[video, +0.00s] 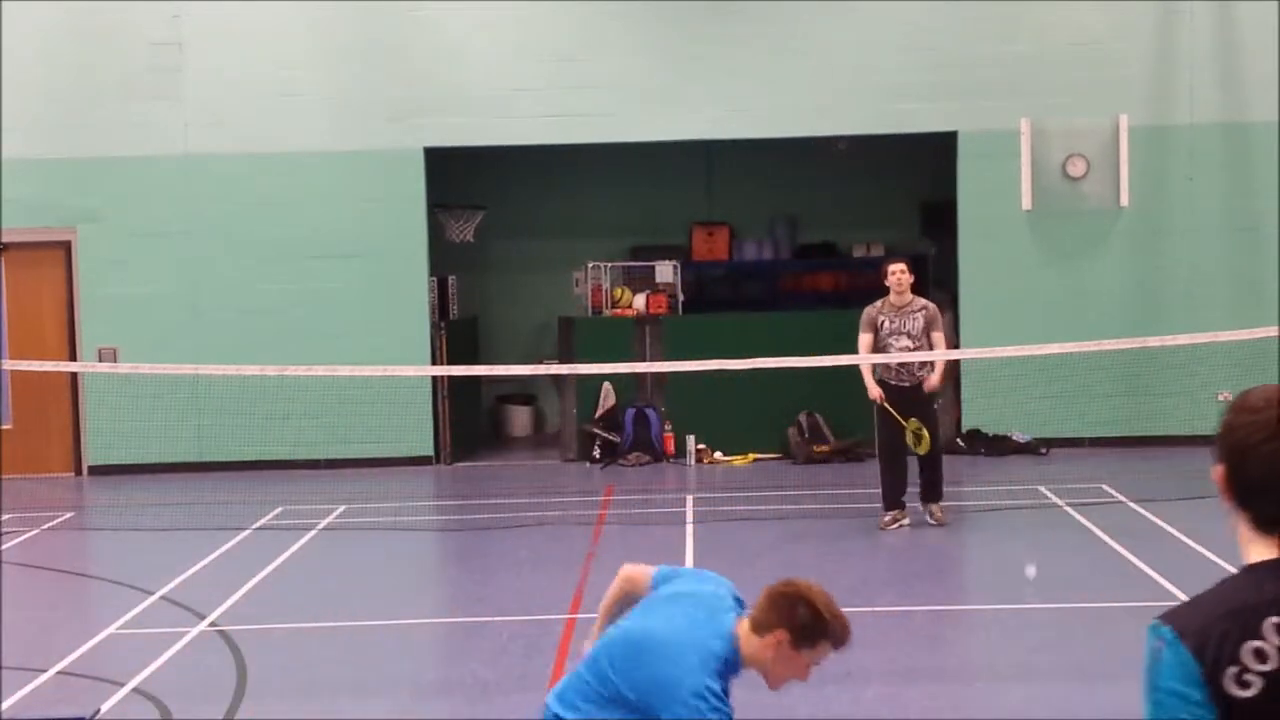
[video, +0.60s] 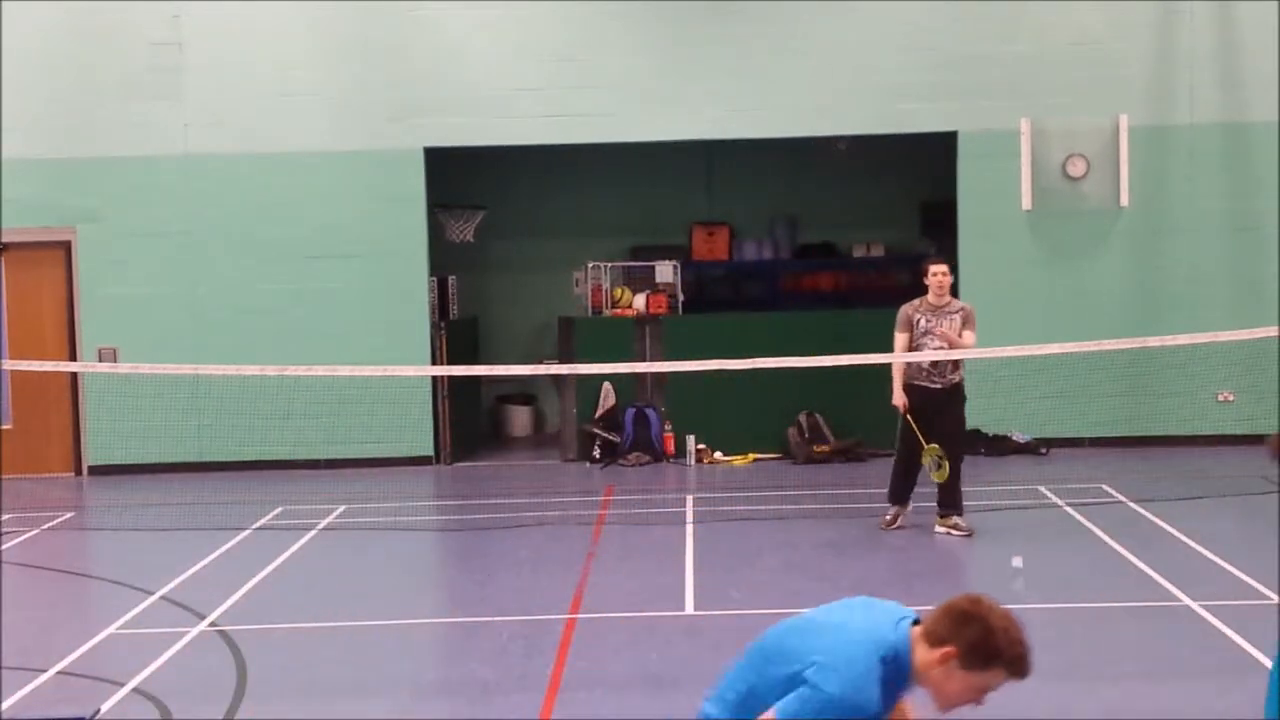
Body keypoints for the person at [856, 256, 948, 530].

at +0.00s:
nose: (898, 277)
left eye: (902, 273)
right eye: (893, 274)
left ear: (911, 278)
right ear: (886, 280)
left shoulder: (928, 309)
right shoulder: (873, 313)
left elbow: (939, 347)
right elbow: (864, 352)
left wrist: (937, 374)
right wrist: (870, 383)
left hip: (921, 387)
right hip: (888, 389)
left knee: (930, 447)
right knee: (889, 449)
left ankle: (932, 502)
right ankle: (894, 508)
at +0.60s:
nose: (940, 279)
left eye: (944, 274)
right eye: (935, 275)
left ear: (951, 279)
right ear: (925, 280)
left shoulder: (964, 311)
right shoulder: (909, 311)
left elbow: (969, 345)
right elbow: (899, 353)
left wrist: (952, 338)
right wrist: (897, 389)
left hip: (950, 390)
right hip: (916, 389)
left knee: (951, 451)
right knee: (908, 449)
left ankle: (948, 515)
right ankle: (898, 506)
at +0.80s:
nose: (950, 280)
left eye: (954, 274)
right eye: (944, 275)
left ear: (963, 278)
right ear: (937, 280)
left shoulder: (979, 312)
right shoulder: (923, 312)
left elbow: (985, 347)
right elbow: (912, 354)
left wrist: (958, 340)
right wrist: (907, 390)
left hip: (964, 390)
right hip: (931, 389)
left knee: (959, 454)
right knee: (935, 452)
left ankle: (950, 516)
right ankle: (923, 512)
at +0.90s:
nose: (953, 281)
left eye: (957, 275)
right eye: (947, 277)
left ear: (967, 278)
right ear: (941, 281)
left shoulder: (983, 312)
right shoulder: (928, 313)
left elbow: (991, 350)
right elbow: (917, 355)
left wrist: (973, 360)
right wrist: (913, 393)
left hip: (969, 389)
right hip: (937, 388)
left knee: (964, 453)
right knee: (944, 452)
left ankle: (957, 515)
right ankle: (943, 516)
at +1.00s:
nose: (956, 283)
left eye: (960, 277)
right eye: (951, 279)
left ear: (970, 279)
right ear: (944, 283)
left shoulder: (987, 314)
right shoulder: (931, 316)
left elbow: (995, 354)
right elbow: (922, 359)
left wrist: (985, 378)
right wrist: (920, 397)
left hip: (974, 390)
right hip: (943, 390)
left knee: (969, 454)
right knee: (951, 453)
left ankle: (946, 513)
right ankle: (964, 515)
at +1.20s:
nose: (964, 287)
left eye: (967, 280)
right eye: (958, 283)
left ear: (976, 282)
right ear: (950, 288)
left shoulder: (993, 316)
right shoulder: (938, 321)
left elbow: (1003, 358)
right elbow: (932, 365)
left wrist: (1010, 397)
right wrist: (932, 405)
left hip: (987, 395)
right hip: (955, 396)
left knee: (982, 457)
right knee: (965, 458)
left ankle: (953, 512)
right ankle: (957, 515)